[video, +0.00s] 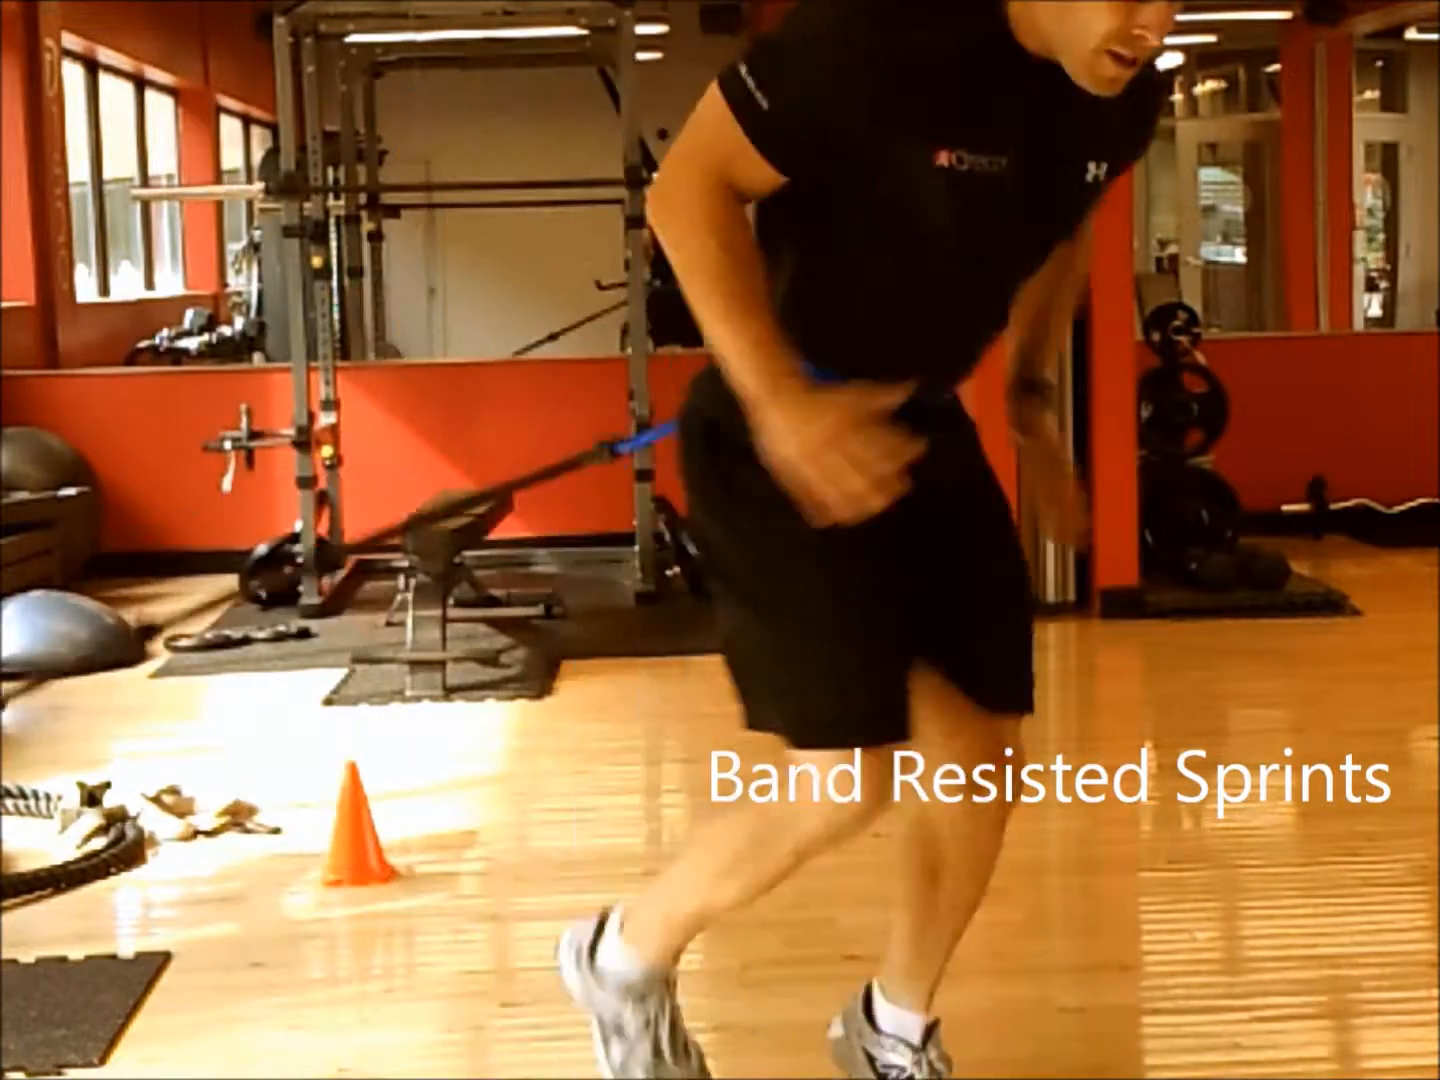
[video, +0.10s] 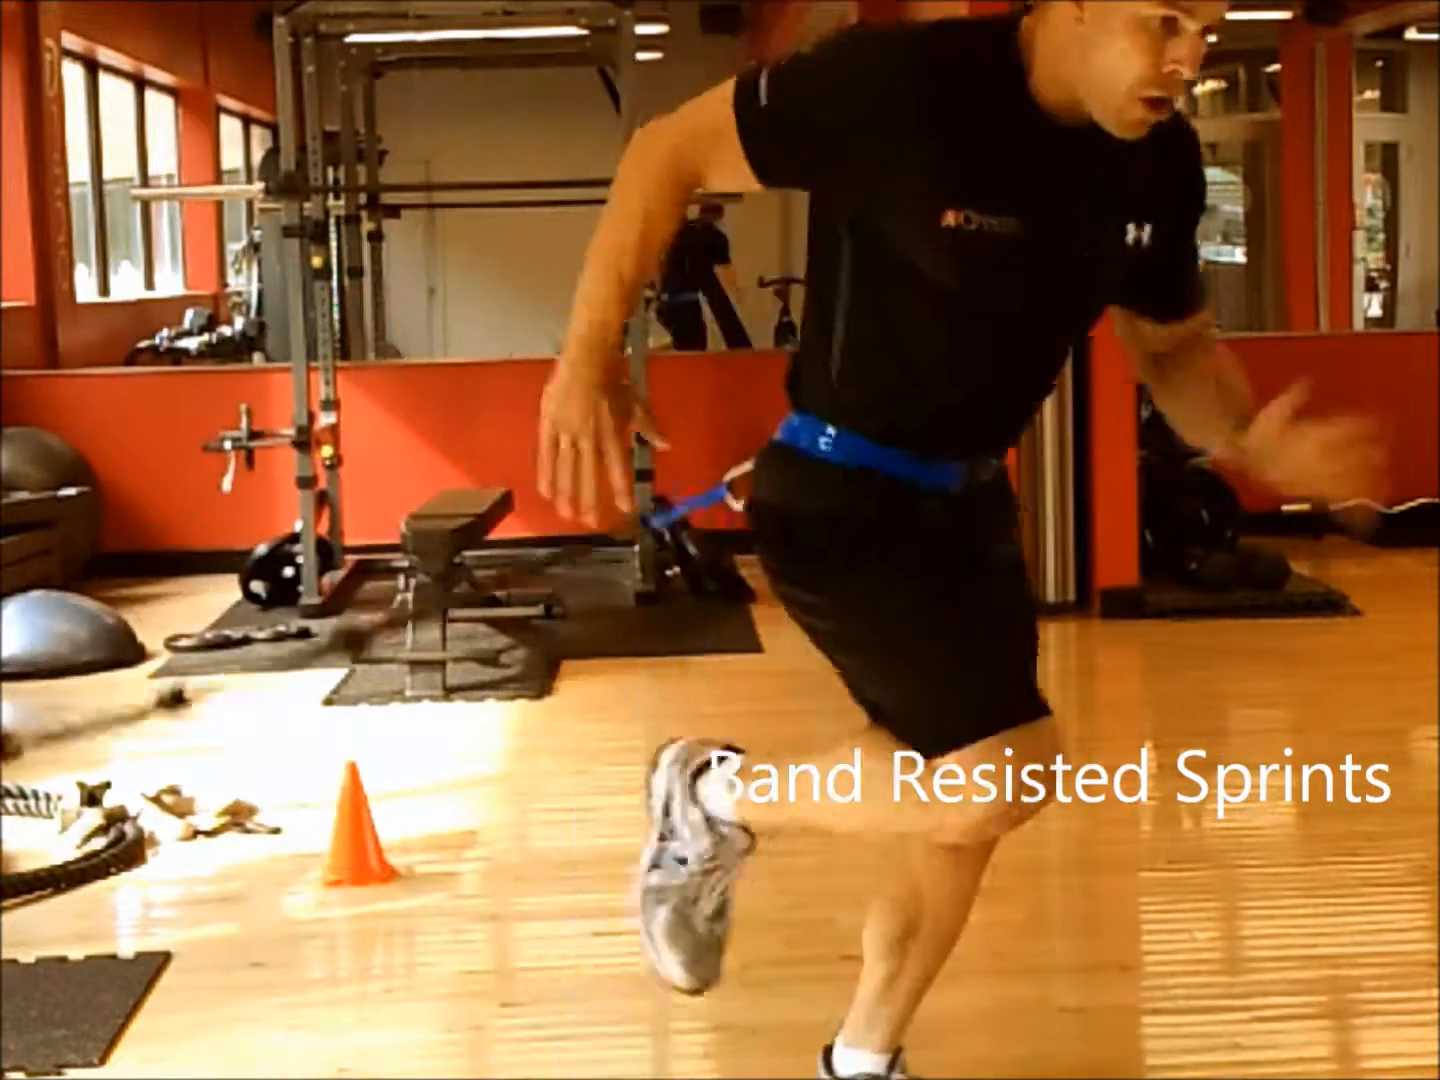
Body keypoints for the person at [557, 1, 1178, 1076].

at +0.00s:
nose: (1150, 27)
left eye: (1170, 5)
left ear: (1179, 10)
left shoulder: (1119, 103)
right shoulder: (872, 40)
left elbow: (1061, 237)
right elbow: (688, 186)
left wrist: (1030, 401)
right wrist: (780, 398)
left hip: (920, 416)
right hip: (772, 415)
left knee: (981, 745)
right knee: (844, 771)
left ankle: (893, 1025)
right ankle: (623, 955)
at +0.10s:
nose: (1186, 64)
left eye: (1205, 38)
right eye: (1165, 24)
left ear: (1210, 45)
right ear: (1069, 5)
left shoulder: (1156, 158)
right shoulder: (899, 85)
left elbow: (1176, 344)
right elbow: (666, 151)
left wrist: (1246, 446)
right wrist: (587, 356)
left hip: (968, 498)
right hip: (834, 491)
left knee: (967, 805)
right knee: (1006, 772)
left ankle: (861, 1058)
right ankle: (713, 797)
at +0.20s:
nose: (1217, 23)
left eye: (1238, 4)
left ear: (1251, 12)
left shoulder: (1201, 108)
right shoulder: (929, 37)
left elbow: (1205, 274)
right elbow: (696, 103)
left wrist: (1281, 334)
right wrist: (636, 331)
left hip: (995, 456)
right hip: (860, 444)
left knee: (951, 774)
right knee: (1009, 775)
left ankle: (870, 1037)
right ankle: (770, 902)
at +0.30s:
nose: (1227, 1)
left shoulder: (1214, 62)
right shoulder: (938, 27)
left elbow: (1167, 222)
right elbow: (740, 163)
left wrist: (1182, 405)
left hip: (1029, 436)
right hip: (869, 435)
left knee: (1098, 780)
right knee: (886, 809)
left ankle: (885, 924)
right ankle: (766, 1062)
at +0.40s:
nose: (1228, 56)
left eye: (1240, 25)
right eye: (1207, 16)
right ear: (1104, 2)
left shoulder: (1173, 114)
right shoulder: (960, 87)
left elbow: (1072, 289)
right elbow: (863, 330)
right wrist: (1123, 314)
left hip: (1020, 508)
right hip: (863, 515)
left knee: (1237, 768)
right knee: (822, 875)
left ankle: (960, 752)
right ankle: (725, 1072)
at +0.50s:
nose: (1272, 25)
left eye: (1288, 1)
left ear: (1301, 4)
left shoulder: (1219, 79)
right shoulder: (983, 47)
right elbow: (849, 287)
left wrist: (1179, 308)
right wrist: (1092, 347)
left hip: (1041, 464)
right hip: (879, 458)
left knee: (1198, 767)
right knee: (833, 818)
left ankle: (931, 840)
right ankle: (729, 1067)